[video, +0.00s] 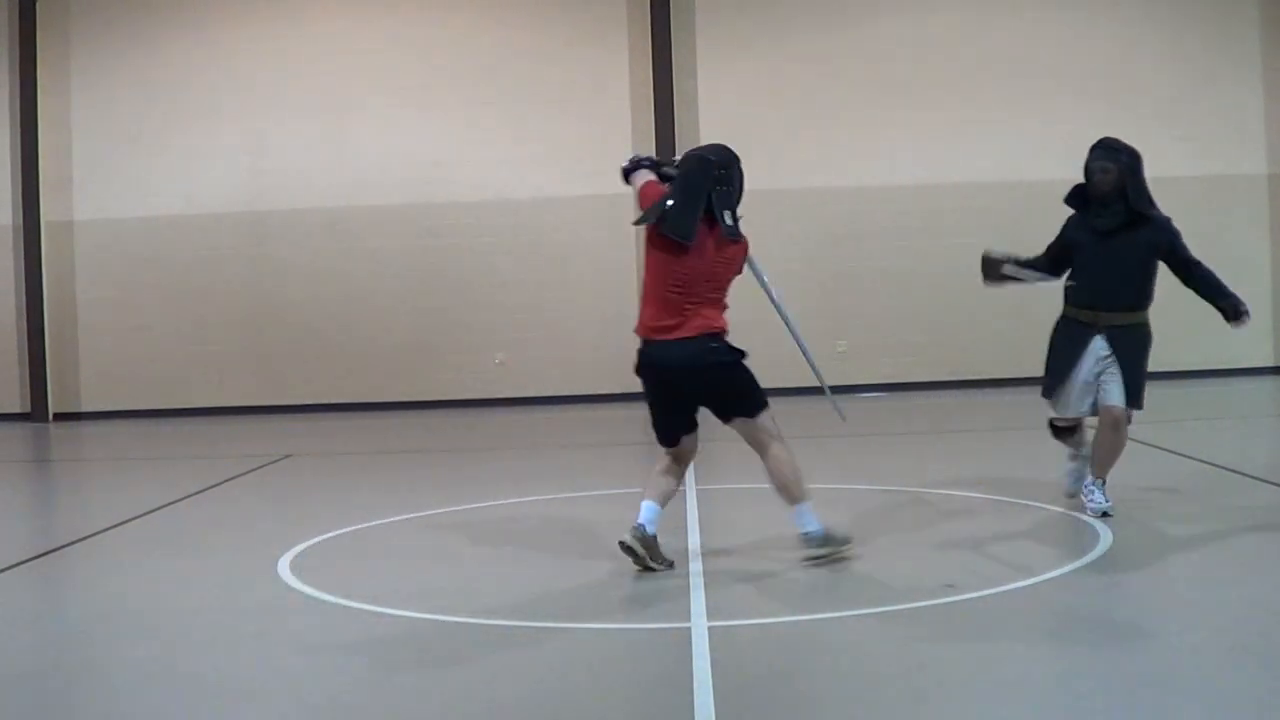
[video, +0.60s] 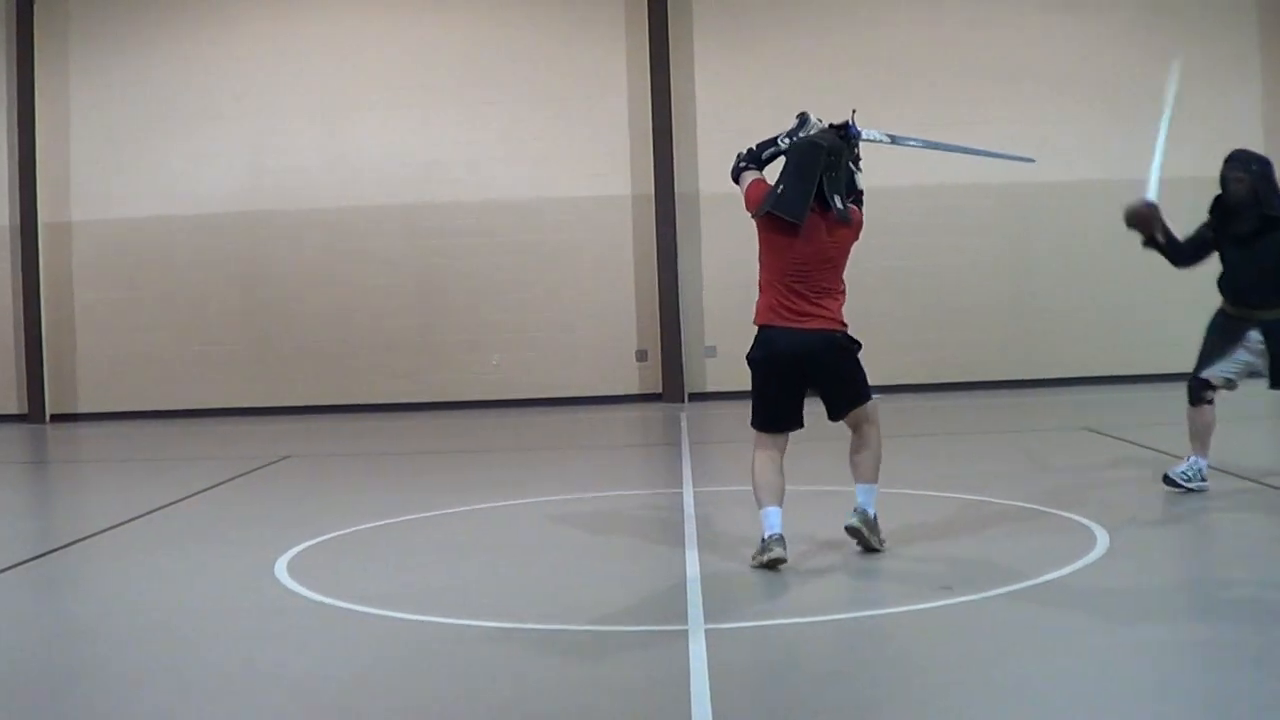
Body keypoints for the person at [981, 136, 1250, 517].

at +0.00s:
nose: (1097, 178)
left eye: (1105, 171)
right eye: (1093, 170)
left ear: (1126, 175)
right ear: (1086, 173)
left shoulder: (1152, 226)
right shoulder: (1080, 223)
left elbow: (1188, 269)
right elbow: (1049, 266)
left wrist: (1227, 302)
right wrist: (1006, 268)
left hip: (1126, 331)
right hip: (1076, 328)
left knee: (1116, 414)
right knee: (1063, 421)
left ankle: (1096, 482)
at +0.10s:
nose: (1120, 180)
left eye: (1129, 173)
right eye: (1116, 172)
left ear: (1149, 177)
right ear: (1109, 174)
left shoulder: (1172, 225)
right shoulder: (1098, 212)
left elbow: (1206, 270)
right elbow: (1058, 220)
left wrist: (1238, 314)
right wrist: (1029, 200)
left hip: (1145, 327)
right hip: (1100, 323)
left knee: (1116, 406)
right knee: (1100, 417)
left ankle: (1094, 482)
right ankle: (1149, 449)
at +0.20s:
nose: (1140, 179)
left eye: (1149, 173)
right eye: (1138, 171)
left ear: (1170, 178)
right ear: (1134, 172)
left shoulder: (1195, 223)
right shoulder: (1124, 204)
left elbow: (1223, 273)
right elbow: (1085, 184)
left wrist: (1242, 322)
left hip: (1170, 319)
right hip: (1127, 314)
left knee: (1136, 391)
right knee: (1142, 404)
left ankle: (1111, 479)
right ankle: (1189, 459)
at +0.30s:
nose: (1168, 169)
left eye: (1177, 164)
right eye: (1164, 163)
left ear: (1195, 170)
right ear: (1157, 167)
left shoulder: (1219, 220)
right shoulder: (1148, 203)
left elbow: (1242, 273)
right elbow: (1111, 181)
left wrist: (1254, 322)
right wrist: (1104, 138)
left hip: (1198, 314)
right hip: (1155, 309)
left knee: (1173, 381)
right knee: (1160, 403)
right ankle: (1194, 465)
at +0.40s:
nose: (1188, 175)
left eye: (1196, 168)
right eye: (1184, 168)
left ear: (1217, 170)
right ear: (1178, 170)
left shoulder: (1244, 220)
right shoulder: (1173, 205)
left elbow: (1268, 273)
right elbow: (1129, 192)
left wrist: (1274, 320)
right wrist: (1124, 146)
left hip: (1221, 316)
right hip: (1178, 312)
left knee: (1221, 396)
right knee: (1169, 399)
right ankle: (1195, 468)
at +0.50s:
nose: (1211, 174)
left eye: (1219, 168)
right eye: (1207, 167)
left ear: (1239, 173)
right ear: (1201, 172)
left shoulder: (1263, 216)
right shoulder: (1201, 210)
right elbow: (1152, 219)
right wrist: (1130, 176)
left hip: (1253, 317)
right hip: (1205, 314)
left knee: (1268, 390)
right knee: (1180, 387)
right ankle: (1196, 465)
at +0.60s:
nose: (1232, 186)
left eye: (1240, 180)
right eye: (1228, 179)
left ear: (1259, 183)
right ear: (1222, 182)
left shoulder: (1273, 220)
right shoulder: (1224, 219)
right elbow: (1184, 256)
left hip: (1273, 320)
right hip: (1235, 317)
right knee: (1200, 385)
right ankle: (1198, 465)